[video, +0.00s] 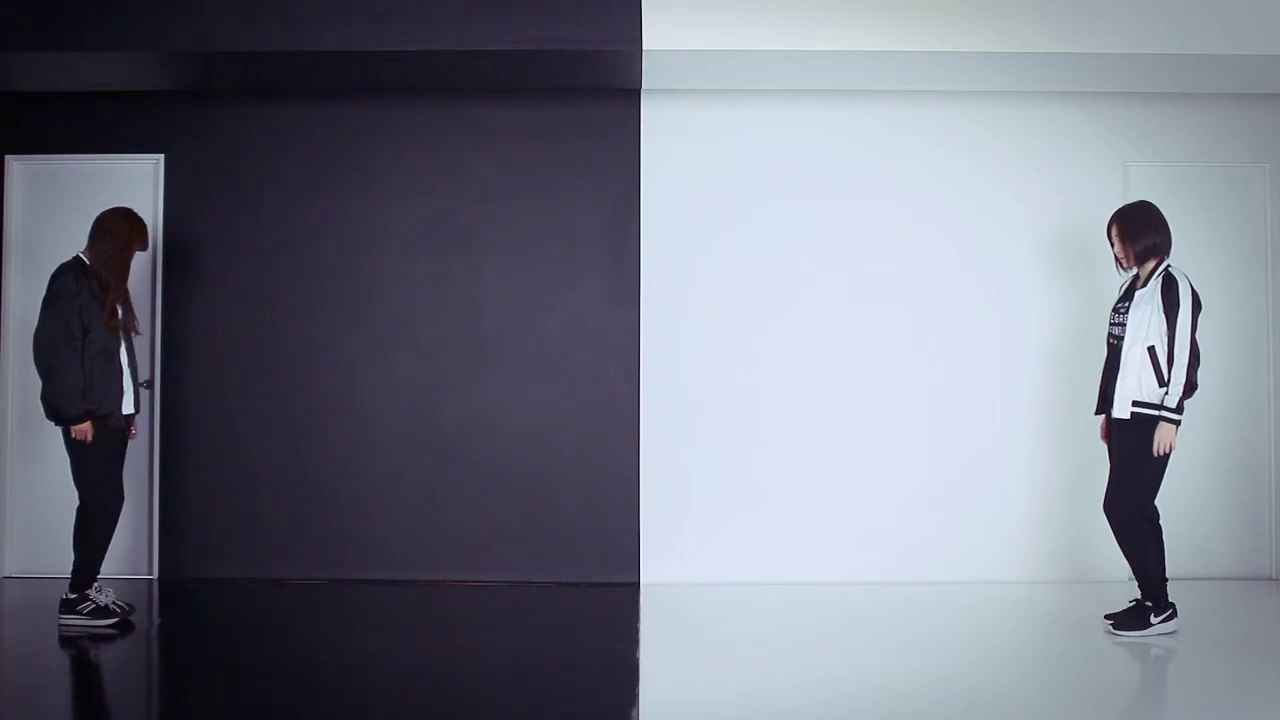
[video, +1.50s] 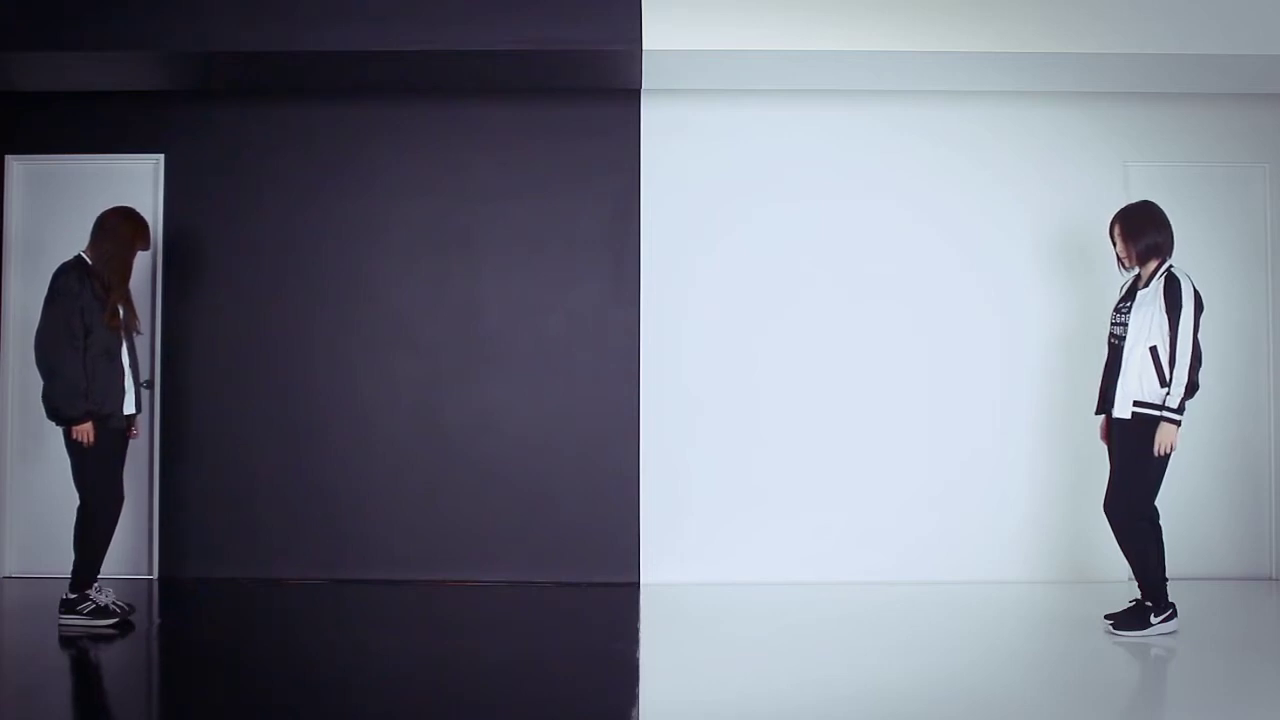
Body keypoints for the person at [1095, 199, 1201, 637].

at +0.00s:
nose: (1115, 250)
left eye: (1119, 241)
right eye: (1113, 242)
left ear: (1143, 236)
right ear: (1124, 241)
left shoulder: (1175, 284)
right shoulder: (1130, 287)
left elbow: (1185, 356)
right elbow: (1118, 355)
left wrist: (1171, 417)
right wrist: (1107, 411)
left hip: (1150, 417)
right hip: (1124, 416)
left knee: (1122, 506)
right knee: (1135, 507)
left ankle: (1157, 603)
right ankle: (1152, 600)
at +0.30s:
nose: (1115, 250)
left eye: (1119, 241)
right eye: (1112, 242)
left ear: (1142, 236)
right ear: (1125, 241)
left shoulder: (1174, 284)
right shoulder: (1130, 287)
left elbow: (1185, 356)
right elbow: (1118, 355)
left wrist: (1170, 417)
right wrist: (1107, 411)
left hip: (1150, 418)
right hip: (1124, 416)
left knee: (1122, 506)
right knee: (1134, 507)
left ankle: (1157, 603)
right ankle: (1152, 600)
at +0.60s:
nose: (1115, 250)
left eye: (1119, 241)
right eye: (1113, 242)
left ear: (1143, 236)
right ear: (1126, 241)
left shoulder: (1175, 284)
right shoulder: (1131, 287)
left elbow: (1185, 357)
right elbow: (1118, 355)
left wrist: (1170, 417)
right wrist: (1108, 411)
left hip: (1150, 418)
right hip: (1124, 416)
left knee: (1127, 506)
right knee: (1128, 506)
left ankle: (1157, 604)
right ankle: (1151, 600)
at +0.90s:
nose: (1116, 250)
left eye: (1120, 241)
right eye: (1113, 242)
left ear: (1144, 236)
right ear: (1125, 241)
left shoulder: (1175, 284)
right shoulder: (1132, 286)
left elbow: (1185, 357)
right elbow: (1118, 354)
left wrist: (1170, 417)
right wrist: (1108, 410)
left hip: (1150, 418)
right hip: (1124, 416)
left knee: (1127, 506)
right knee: (1128, 506)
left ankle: (1157, 604)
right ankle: (1151, 600)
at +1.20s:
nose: (1116, 249)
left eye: (1120, 240)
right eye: (1114, 242)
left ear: (1144, 236)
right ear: (1125, 241)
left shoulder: (1176, 284)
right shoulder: (1131, 287)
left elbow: (1186, 356)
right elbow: (1118, 355)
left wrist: (1171, 417)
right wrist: (1107, 411)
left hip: (1151, 418)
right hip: (1124, 416)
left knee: (1124, 506)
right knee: (1133, 507)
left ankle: (1157, 603)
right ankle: (1152, 600)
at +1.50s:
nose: (1117, 249)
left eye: (1121, 240)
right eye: (1114, 242)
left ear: (1145, 236)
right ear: (1126, 241)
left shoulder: (1177, 284)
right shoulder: (1131, 287)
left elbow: (1187, 356)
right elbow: (1117, 355)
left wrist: (1172, 417)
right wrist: (1107, 410)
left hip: (1151, 417)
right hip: (1123, 416)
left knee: (1125, 506)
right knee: (1131, 507)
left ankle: (1157, 604)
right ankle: (1152, 600)